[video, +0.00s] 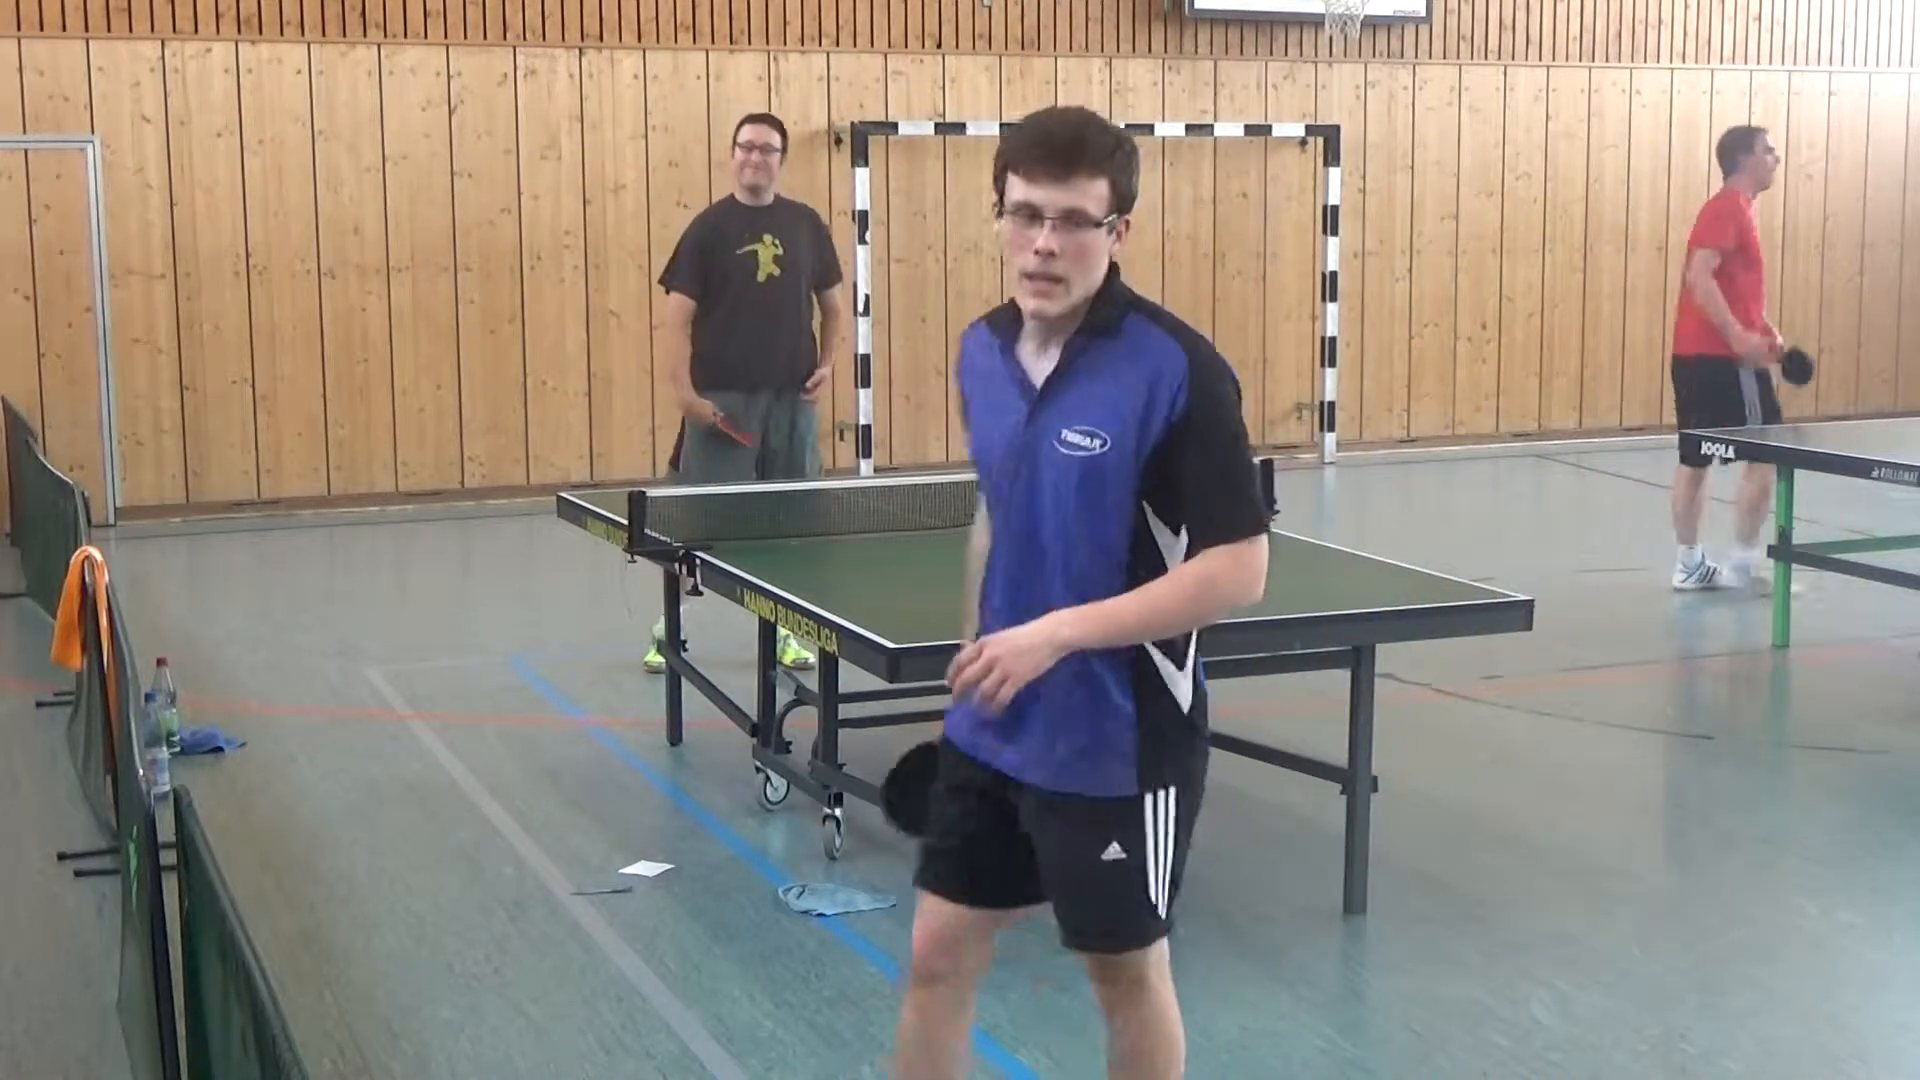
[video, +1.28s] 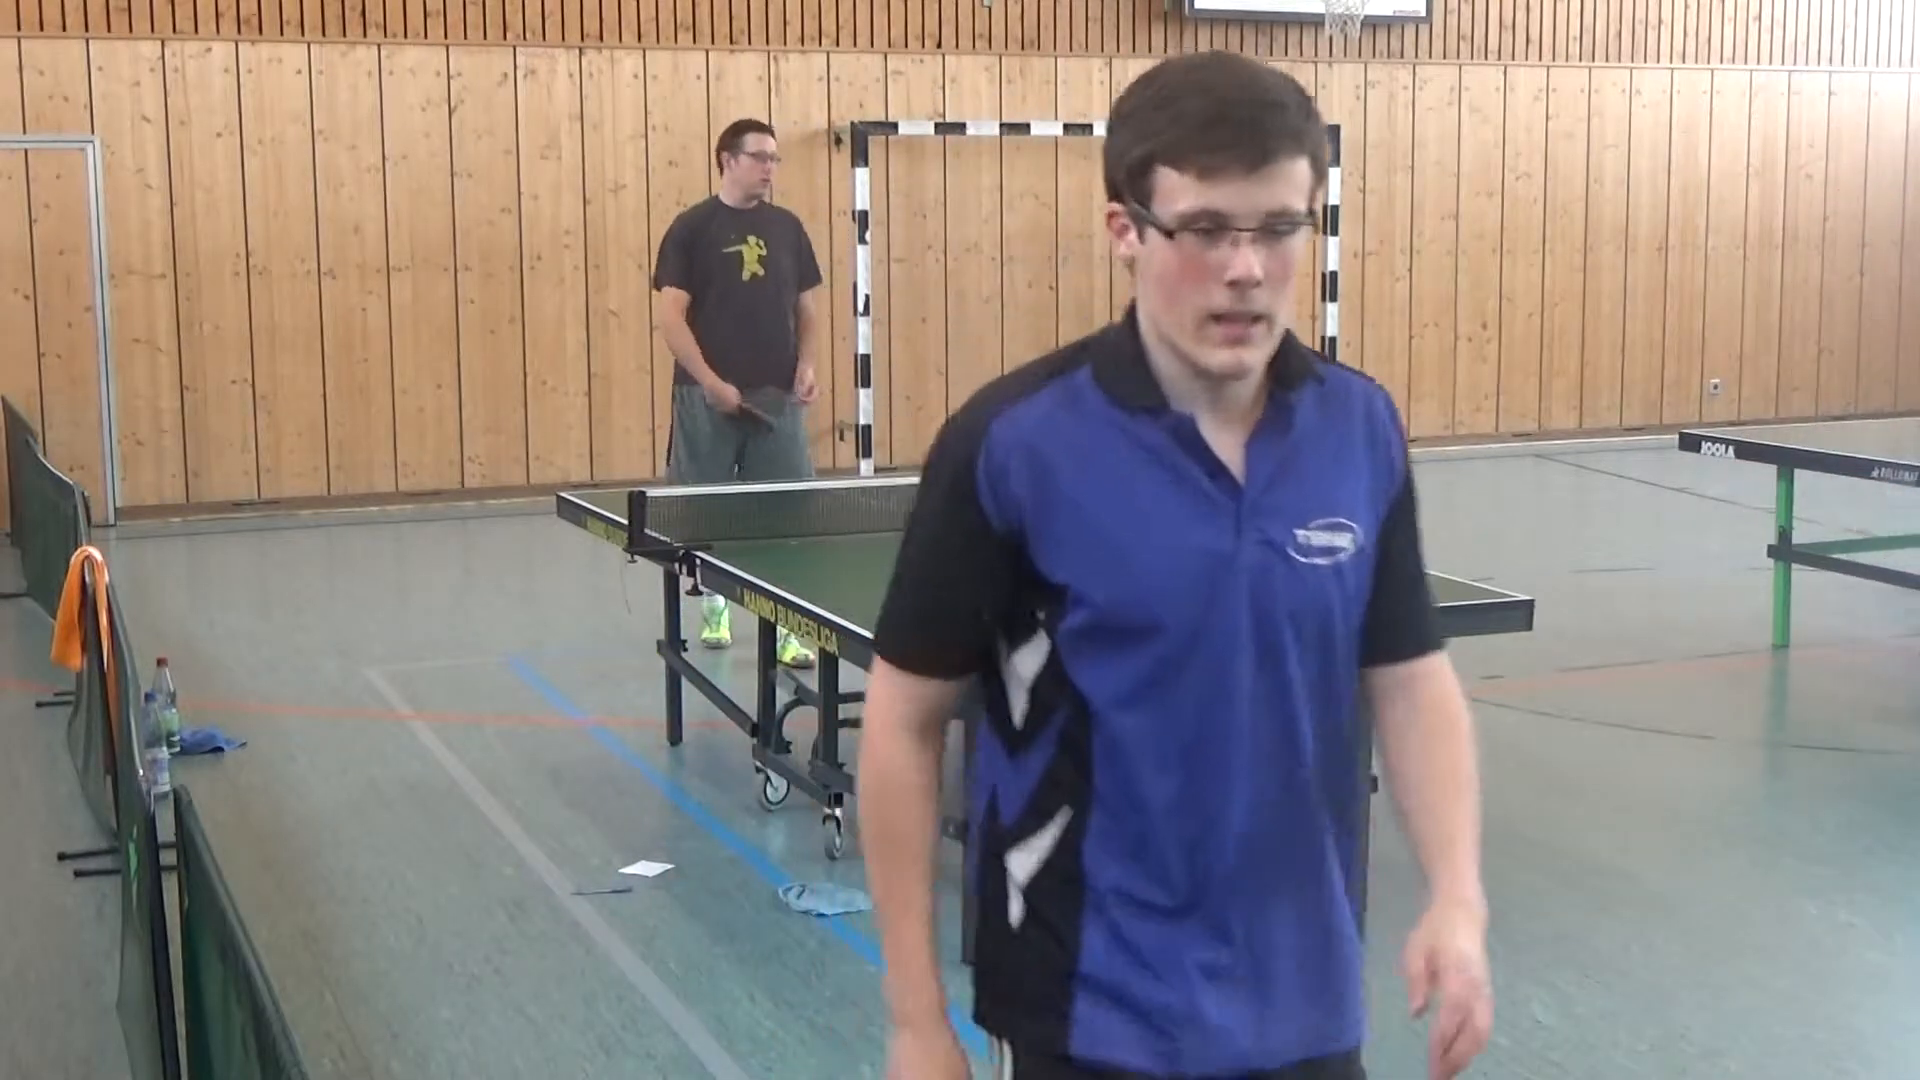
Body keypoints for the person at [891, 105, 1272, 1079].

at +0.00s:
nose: (1045, 244)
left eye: (1075, 223)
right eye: (1025, 217)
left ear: (1119, 234)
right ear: (999, 220)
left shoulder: (1181, 374)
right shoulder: (983, 352)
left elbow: (1237, 568)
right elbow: (997, 518)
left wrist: (1055, 633)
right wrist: (977, 670)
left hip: (1117, 745)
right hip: (997, 718)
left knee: (1126, 978)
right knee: (938, 956)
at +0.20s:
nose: (1025, 255)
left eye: (1052, 231)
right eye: (1001, 227)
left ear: (1086, 238)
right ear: (963, 231)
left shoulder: (1151, 377)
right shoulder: (911, 367)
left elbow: (1212, 578)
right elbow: (897, 538)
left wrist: (1029, 624)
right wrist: (861, 719)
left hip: (1080, 761)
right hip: (937, 747)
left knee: (1102, 996)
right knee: (909, 1000)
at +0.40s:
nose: (985, 248)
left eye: (1014, 222)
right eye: (961, 217)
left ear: (1047, 227)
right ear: (914, 219)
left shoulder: (1112, 365)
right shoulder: (843, 376)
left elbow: (1170, 573)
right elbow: (796, 560)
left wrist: (1061, 735)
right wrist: (755, 760)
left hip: (1047, 772)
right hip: (894, 767)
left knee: (1035, 1030)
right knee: (881, 1039)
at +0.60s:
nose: (999, 258)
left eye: (1026, 228)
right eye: (971, 223)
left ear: (1055, 231)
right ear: (914, 221)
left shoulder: (1105, 367)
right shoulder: (834, 395)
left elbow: (1153, 572)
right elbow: (736, 601)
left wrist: (1198, 775)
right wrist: (702, 822)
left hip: (1059, 804)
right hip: (886, 809)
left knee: (1069, 1064)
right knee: (880, 1059)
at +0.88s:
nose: (1096, 289)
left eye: (1126, 256)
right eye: (1062, 253)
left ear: (1155, 260)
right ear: (998, 251)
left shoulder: (1189, 411)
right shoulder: (895, 425)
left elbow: (1216, 599)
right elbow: (770, 657)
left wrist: (1269, 781)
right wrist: (779, 908)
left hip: (1124, 913)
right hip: (932, 924)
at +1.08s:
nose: (1161, 263)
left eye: (1197, 229)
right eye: (1129, 222)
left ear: (1230, 229)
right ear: (1061, 212)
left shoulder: (1268, 398)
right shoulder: (944, 407)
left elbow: (1306, 653)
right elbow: (844, 658)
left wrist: (1344, 895)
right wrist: (849, 922)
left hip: (1224, 939)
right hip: (1018, 950)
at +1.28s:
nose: (1247, 268)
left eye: (1280, 228)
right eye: (1205, 228)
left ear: (1311, 231)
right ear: (1125, 234)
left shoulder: (1356, 429)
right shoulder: (1004, 450)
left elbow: (1411, 679)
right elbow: (903, 722)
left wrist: (1457, 900)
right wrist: (916, 1018)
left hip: (1302, 994)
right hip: (1096, 1014)